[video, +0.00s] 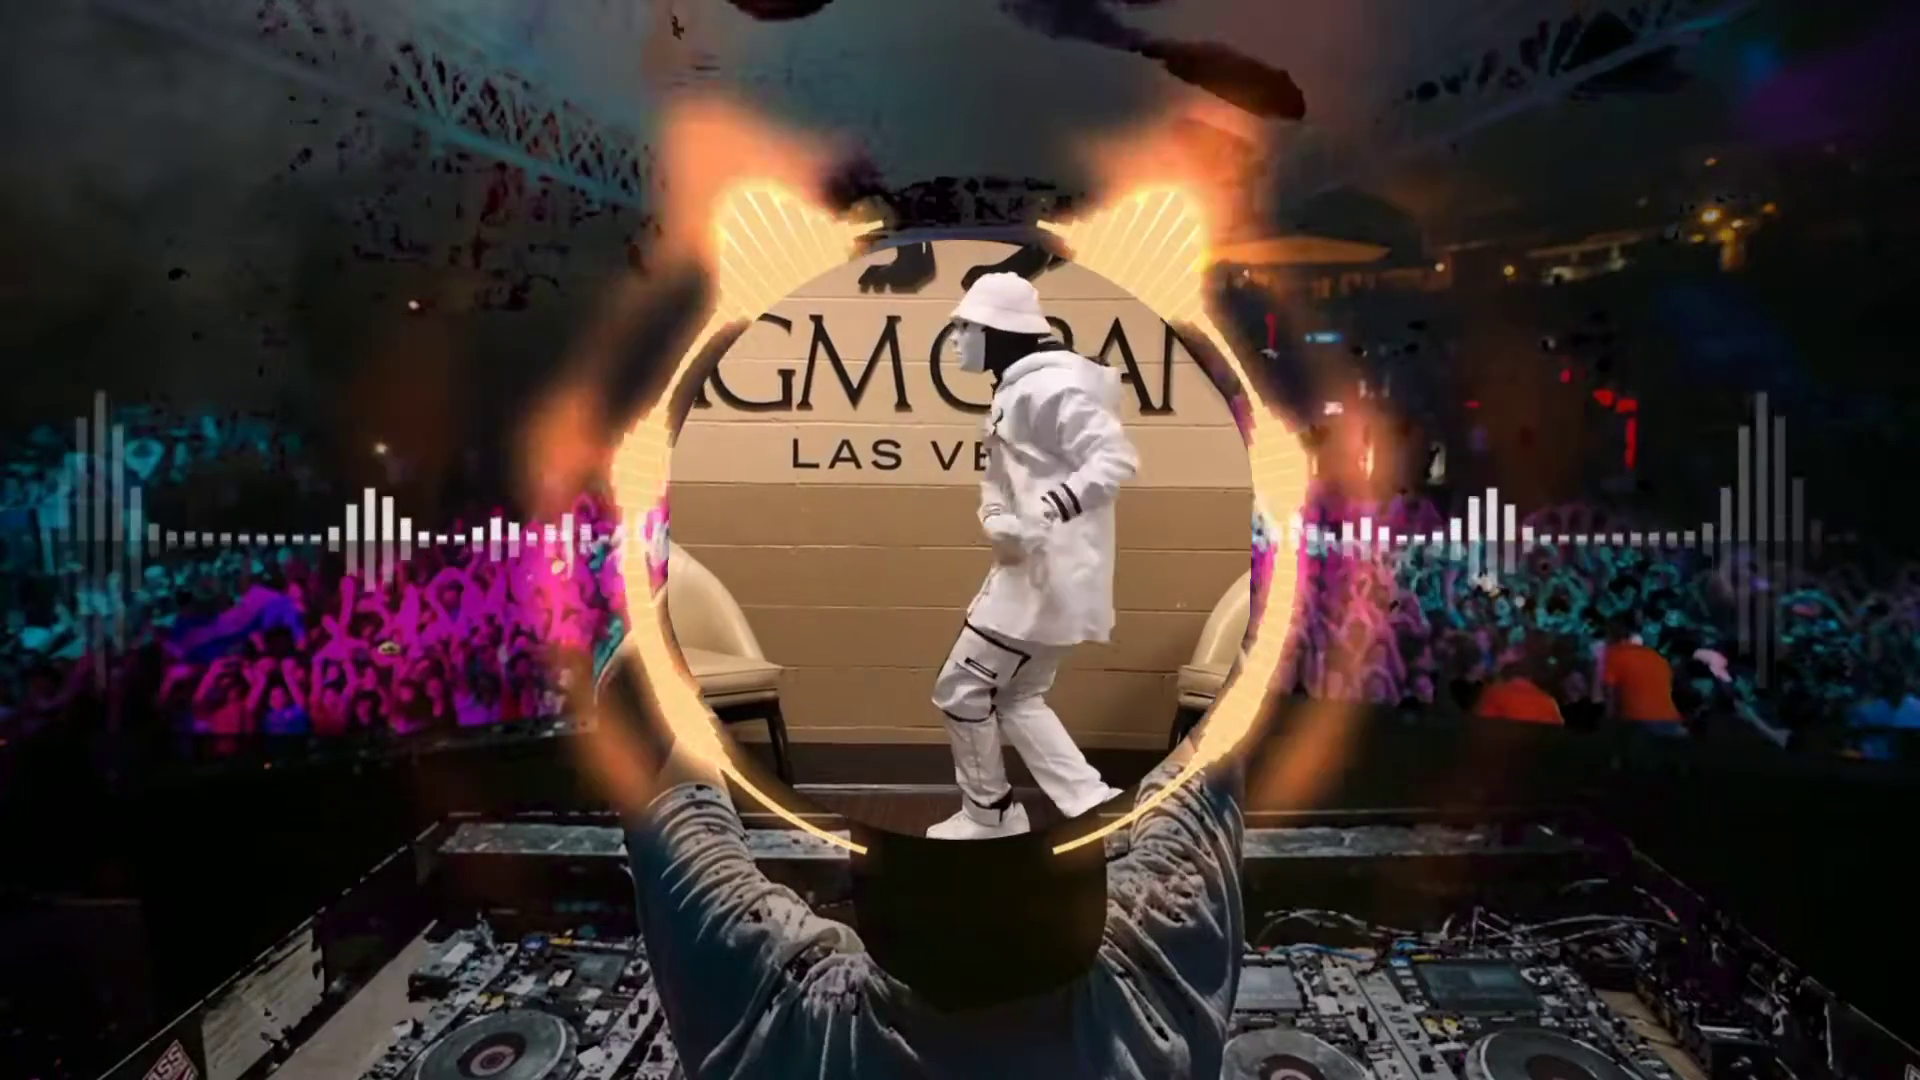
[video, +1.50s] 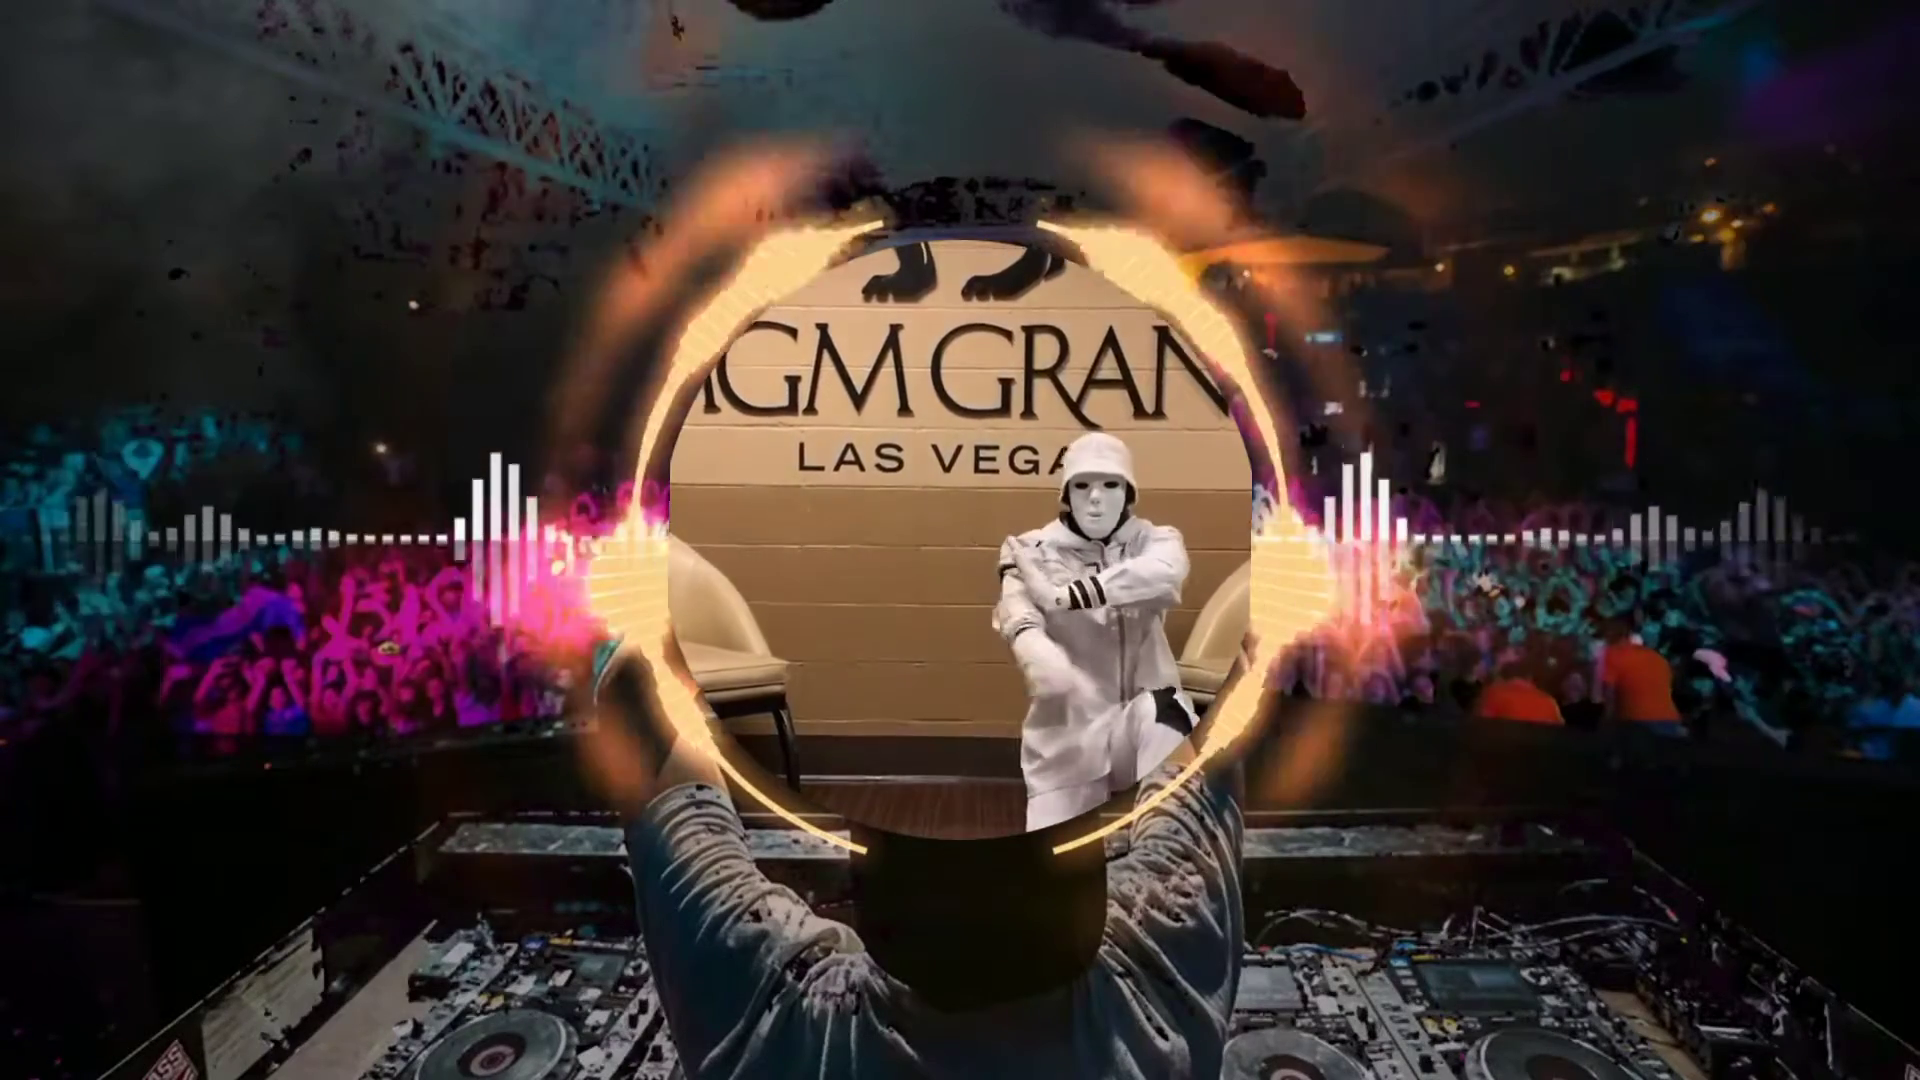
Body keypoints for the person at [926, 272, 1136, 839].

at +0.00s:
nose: (958, 338)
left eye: (967, 328)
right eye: (960, 327)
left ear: (1000, 331)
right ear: (1008, 331)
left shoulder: (1050, 386)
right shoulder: (1025, 387)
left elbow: (1112, 459)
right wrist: (1011, 508)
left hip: (1039, 580)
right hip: (1047, 580)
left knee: (963, 692)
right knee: (1017, 699)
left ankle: (988, 814)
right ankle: (1092, 803)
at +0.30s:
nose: (979, 350)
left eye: (988, 339)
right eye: (980, 339)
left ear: (1020, 344)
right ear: (1027, 345)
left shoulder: (1070, 398)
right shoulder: (1039, 402)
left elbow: (1114, 482)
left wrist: (1035, 500)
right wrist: (1031, 521)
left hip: (1099, 580)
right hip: (1074, 581)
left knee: (1069, 707)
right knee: (1040, 704)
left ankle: (1155, 815)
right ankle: (1123, 820)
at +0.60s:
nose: (1071, 376)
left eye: (1084, 364)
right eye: (1060, 364)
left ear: (1107, 371)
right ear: (1048, 372)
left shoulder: (1143, 423)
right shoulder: (1022, 433)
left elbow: (1140, 474)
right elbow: (1005, 512)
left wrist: (1053, 478)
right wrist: (1035, 527)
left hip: (1138, 605)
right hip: (1056, 617)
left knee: (1163, 719)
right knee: (1036, 750)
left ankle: (1177, 830)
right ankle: (1105, 824)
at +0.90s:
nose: (1095, 482)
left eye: (1109, 469)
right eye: (1082, 470)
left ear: (1127, 477)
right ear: (1065, 477)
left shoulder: (1159, 522)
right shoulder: (1033, 532)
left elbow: (1156, 550)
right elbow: (1032, 587)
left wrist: (1066, 557)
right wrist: (1053, 622)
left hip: (1144, 706)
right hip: (1068, 724)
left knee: (1152, 702)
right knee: (1066, 864)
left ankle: (1154, 834)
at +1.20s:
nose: (1089, 497)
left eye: (1103, 484)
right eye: (1075, 484)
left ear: (1122, 493)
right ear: (1060, 493)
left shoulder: (1151, 535)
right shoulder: (1029, 546)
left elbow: (1154, 562)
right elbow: (1024, 590)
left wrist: (1057, 574)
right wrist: (1037, 625)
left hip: (1140, 725)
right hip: (1065, 743)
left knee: (1165, 707)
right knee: (1056, 871)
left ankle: (1159, 836)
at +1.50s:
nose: (1095, 498)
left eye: (1110, 485)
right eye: (1082, 486)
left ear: (1128, 494)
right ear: (1066, 494)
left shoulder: (1157, 540)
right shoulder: (1027, 550)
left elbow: (1166, 576)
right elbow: (1016, 613)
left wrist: (1068, 595)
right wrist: (1044, 662)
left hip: (1138, 732)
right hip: (1064, 743)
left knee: (1165, 707)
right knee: (1057, 870)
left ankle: (1162, 835)